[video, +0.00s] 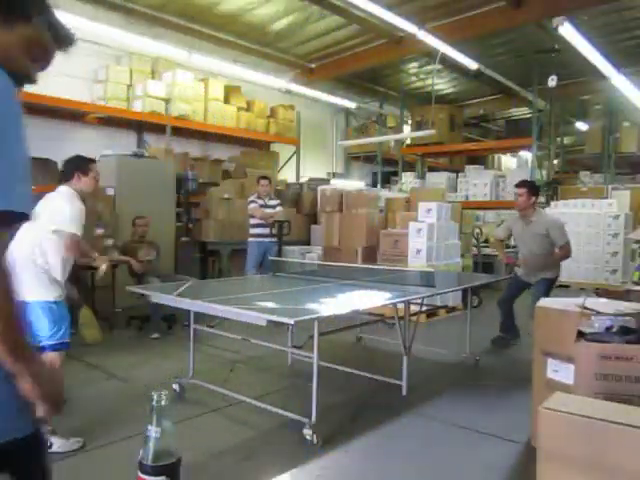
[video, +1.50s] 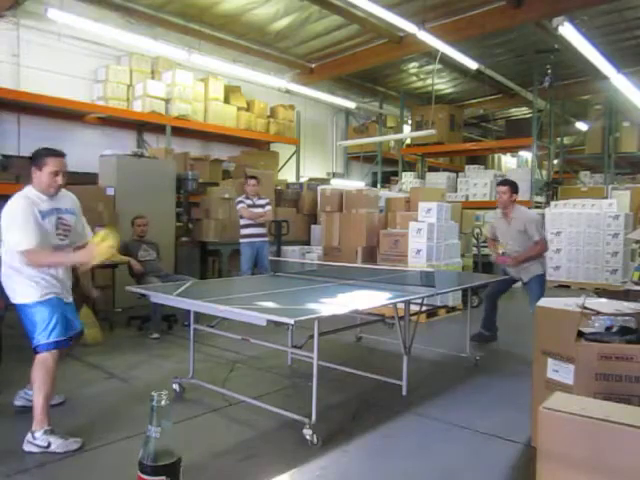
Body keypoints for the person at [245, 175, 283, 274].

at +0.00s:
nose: (264, 188)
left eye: (267, 185)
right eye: (262, 185)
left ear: (270, 187)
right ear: (257, 187)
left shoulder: (275, 201)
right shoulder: (252, 200)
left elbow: (280, 216)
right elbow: (258, 214)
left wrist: (263, 216)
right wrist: (274, 214)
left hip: (272, 240)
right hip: (256, 239)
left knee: (269, 270)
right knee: (251, 270)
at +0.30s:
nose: (263, 188)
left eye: (266, 186)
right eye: (261, 186)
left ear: (269, 187)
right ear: (257, 187)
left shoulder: (274, 201)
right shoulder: (251, 200)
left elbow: (279, 215)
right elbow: (257, 213)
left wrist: (263, 216)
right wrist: (273, 214)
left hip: (271, 240)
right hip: (254, 239)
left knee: (268, 269)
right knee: (250, 269)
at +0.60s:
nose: (257, 188)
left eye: (259, 186)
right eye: (255, 186)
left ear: (262, 187)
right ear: (250, 186)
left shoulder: (266, 201)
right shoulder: (244, 199)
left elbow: (270, 217)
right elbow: (251, 213)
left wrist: (257, 217)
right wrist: (265, 214)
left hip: (263, 240)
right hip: (248, 240)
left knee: (264, 269)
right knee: (248, 270)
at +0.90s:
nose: (251, 188)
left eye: (253, 185)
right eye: (249, 185)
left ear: (256, 187)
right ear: (243, 186)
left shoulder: (260, 202)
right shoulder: (238, 200)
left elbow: (267, 217)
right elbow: (246, 214)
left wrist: (252, 217)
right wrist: (260, 214)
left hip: (259, 240)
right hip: (243, 241)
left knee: (264, 269)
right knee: (245, 271)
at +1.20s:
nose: (250, 188)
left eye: (252, 185)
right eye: (247, 185)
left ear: (255, 186)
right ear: (242, 186)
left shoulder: (261, 200)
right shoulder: (237, 200)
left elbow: (267, 216)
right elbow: (244, 214)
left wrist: (252, 219)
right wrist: (260, 213)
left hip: (260, 239)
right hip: (244, 240)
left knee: (265, 269)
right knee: (245, 271)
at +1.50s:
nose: (252, 188)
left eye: (255, 185)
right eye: (249, 185)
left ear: (258, 187)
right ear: (245, 187)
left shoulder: (265, 200)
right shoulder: (240, 200)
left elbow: (269, 216)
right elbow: (246, 214)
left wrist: (254, 219)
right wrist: (262, 214)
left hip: (262, 239)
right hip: (247, 239)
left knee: (265, 269)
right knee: (246, 270)